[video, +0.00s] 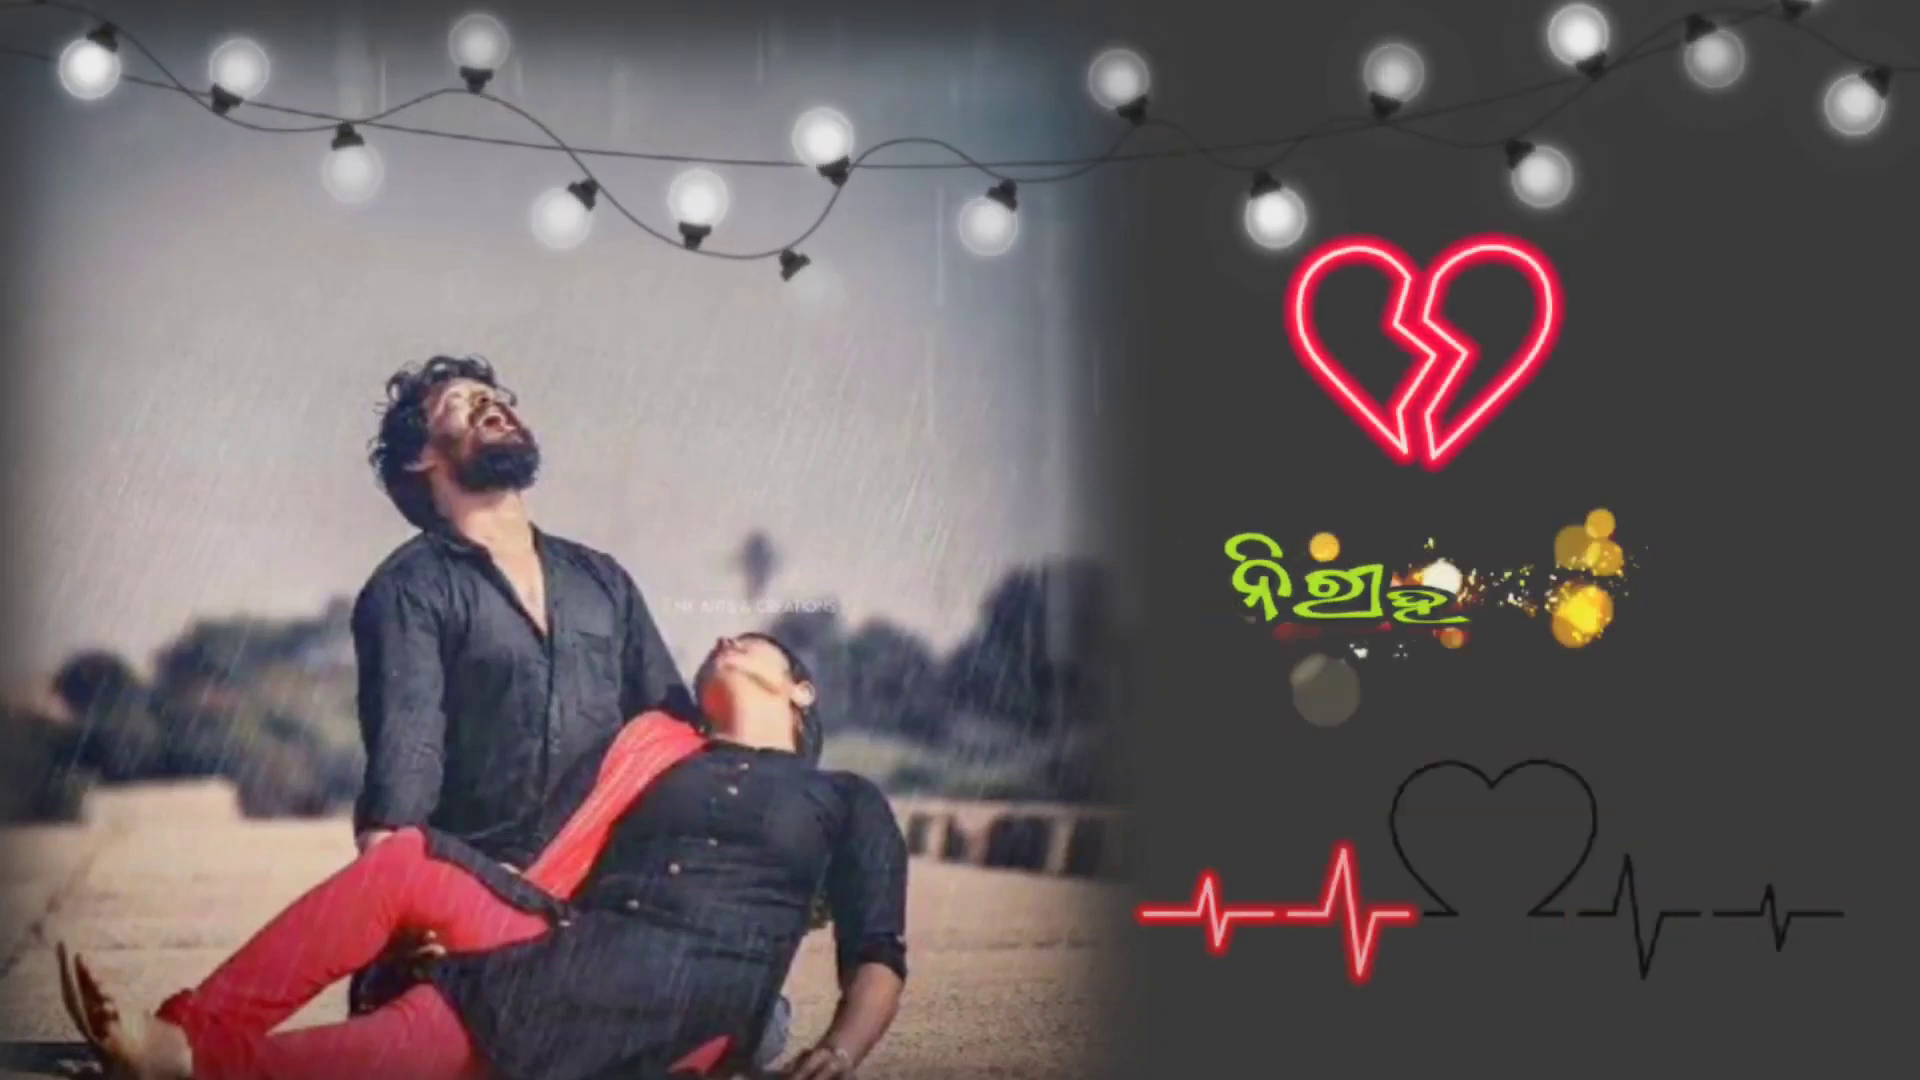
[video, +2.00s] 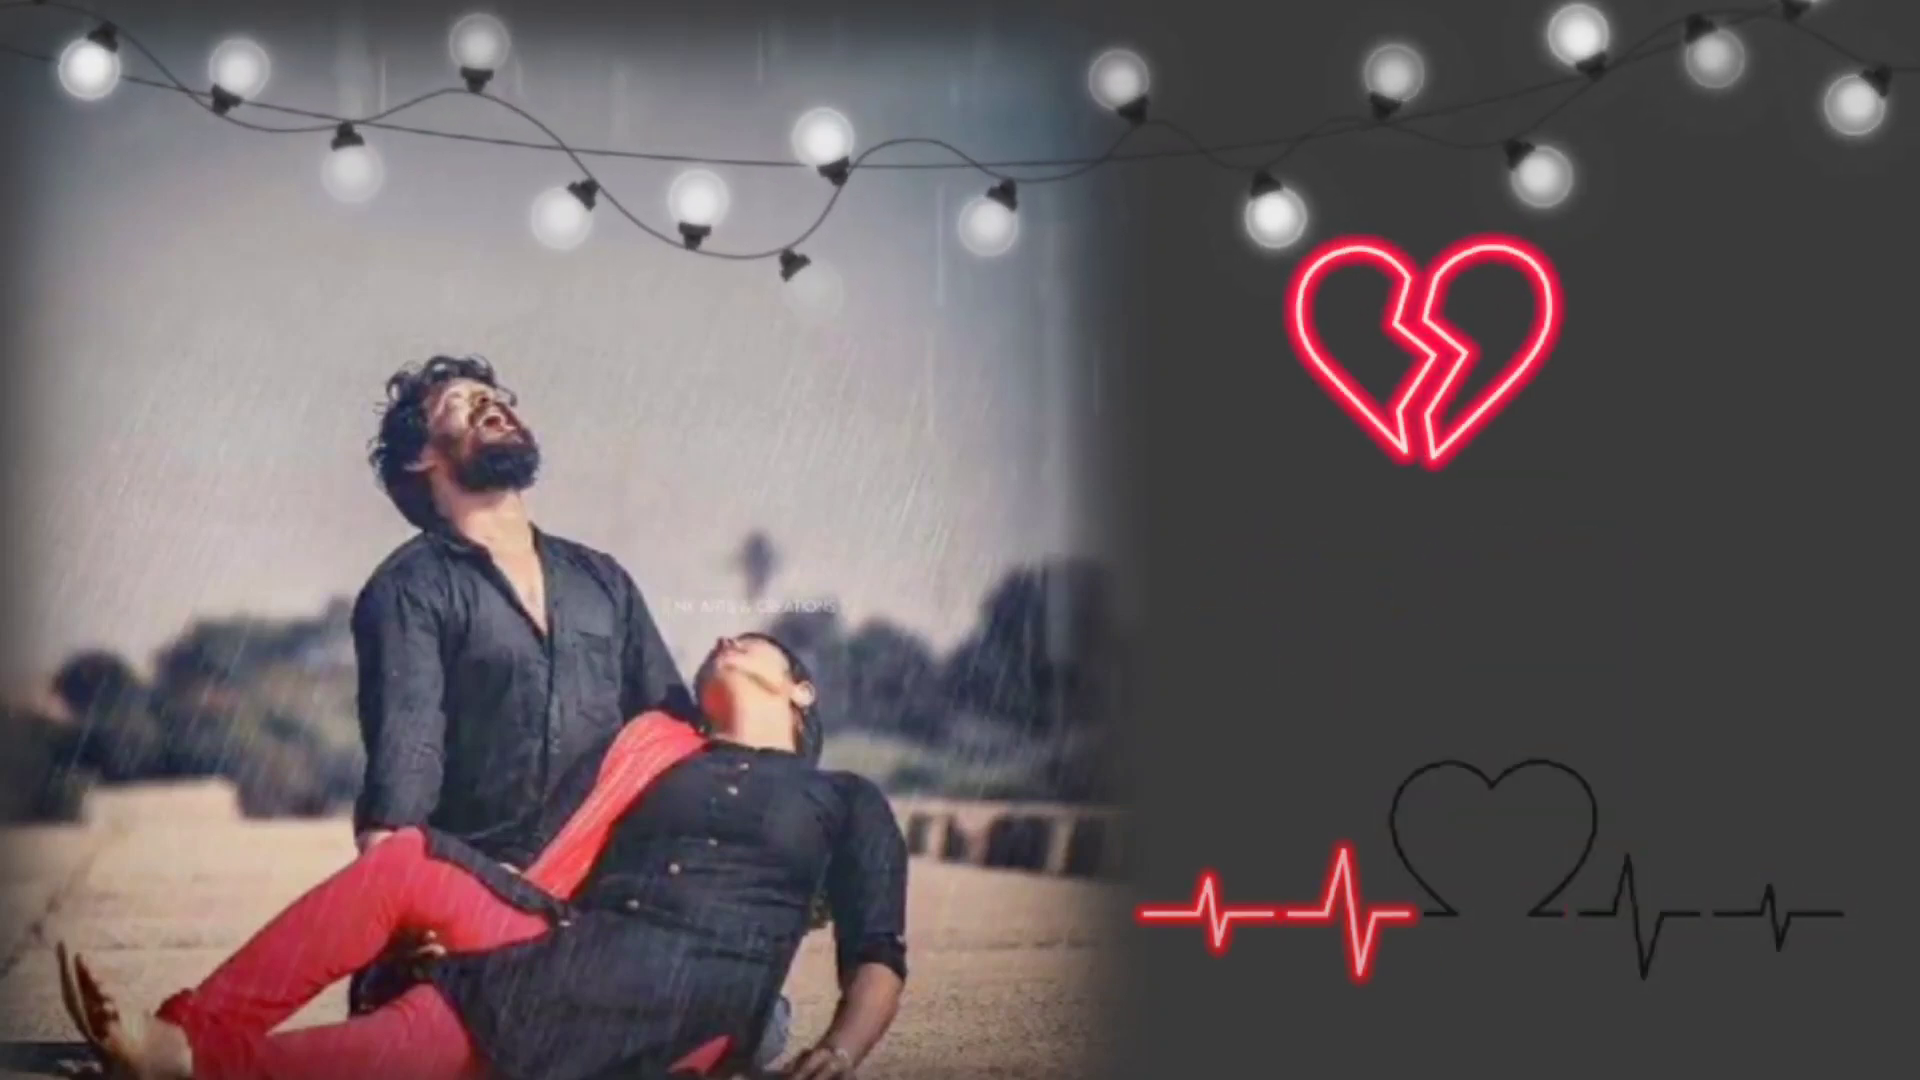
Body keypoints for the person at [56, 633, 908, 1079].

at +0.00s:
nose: (722, 660)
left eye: (749, 656)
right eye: (717, 659)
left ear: (799, 699)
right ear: (709, 699)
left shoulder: (843, 798)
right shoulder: (663, 756)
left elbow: (878, 967)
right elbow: (576, 893)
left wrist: (835, 1064)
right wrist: (458, 950)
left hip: (694, 981)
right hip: (590, 944)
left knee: (451, 1028)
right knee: (401, 861)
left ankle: (187, 1059)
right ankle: (177, 1040)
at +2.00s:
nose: (722, 662)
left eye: (749, 657)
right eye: (717, 661)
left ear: (799, 699)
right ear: (708, 699)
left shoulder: (843, 798)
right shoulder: (663, 757)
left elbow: (878, 967)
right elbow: (576, 894)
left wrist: (835, 1066)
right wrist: (457, 948)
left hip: (693, 981)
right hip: (588, 945)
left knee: (448, 1029)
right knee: (400, 860)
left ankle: (186, 1059)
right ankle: (178, 1040)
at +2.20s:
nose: (722, 660)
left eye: (749, 655)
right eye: (717, 659)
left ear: (799, 699)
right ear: (709, 699)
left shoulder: (843, 798)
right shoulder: (663, 756)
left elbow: (878, 967)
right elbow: (576, 893)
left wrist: (834, 1065)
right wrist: (458, 950)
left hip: (694, 981)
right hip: (590, 944)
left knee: (451, 1028)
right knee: (401, 861)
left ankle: (187, 1059)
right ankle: (177, 1040)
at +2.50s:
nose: (722, 660)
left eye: (749, 656)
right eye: (717, 659)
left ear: (799, 699)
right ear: (709, 699)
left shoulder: (843, 798)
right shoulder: (663, 756)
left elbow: (878, 967)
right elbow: (576, 894)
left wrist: (834, 1065)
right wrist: (458, 950)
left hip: (694, 981)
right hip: (590, 944)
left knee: (451, 1028)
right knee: (401, 861)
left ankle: (187, 1059)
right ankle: (177, 1040)